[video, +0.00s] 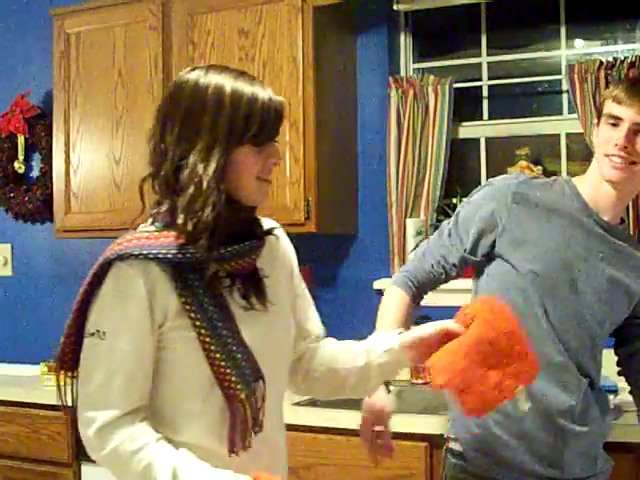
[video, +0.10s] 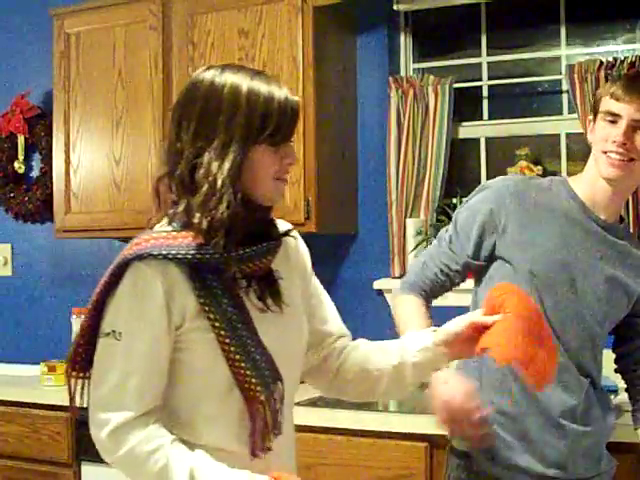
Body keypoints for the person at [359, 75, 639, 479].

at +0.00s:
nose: (624, 142)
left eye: (639, 131)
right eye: (614, 123)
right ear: (594, 129)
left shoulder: (632, 265)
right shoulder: (511, 199)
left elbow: (637, 374)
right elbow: (406, 284)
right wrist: (378, 384)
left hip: (579, 466)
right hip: (484, 459)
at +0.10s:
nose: (622, 139)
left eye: (637, 128)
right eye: (613, 121)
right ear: (590, 125)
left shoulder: (632, 261)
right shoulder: (509, 199)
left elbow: (635, 380)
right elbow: (408, 293)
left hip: (582, 462)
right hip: (490, 456)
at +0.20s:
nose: (618, 142)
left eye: (636, 130)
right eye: (607, 122)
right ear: (584, 123)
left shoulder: (633, 260)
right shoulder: (506, 204)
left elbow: (637, 381)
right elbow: (419, 315)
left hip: (586, 467)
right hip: (491, 460)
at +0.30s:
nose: (622, 147)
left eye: (638, 135)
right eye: (611, 126)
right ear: (581, 125)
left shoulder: (630, 255)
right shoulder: (507, 202)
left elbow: (630, 365)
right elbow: (440, 322)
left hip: (587, 463)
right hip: (493, 459)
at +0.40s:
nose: (630, 149)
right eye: (617, 129)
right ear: (581, 127)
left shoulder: (624, 255)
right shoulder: (511, 200)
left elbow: (635, 375)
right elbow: (446, 331)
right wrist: (564, 283)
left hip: (588, 459)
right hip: (498, 456)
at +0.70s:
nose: (611, 148)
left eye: (629, 135)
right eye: (600, 129)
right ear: (582, 132)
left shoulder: (627, 281)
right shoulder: (516, 201)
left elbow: (625, 426)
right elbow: (412, 311)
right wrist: (540, 320)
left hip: (570, 467)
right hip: (475, 461)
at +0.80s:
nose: (603, 147)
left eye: (624, 136)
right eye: (595, 129)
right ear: (582, 132)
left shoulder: (627, 281)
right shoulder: (513, 201)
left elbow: (628, 413)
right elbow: (392, 291)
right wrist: (506, 337)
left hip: (558, 466)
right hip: (464, 459)